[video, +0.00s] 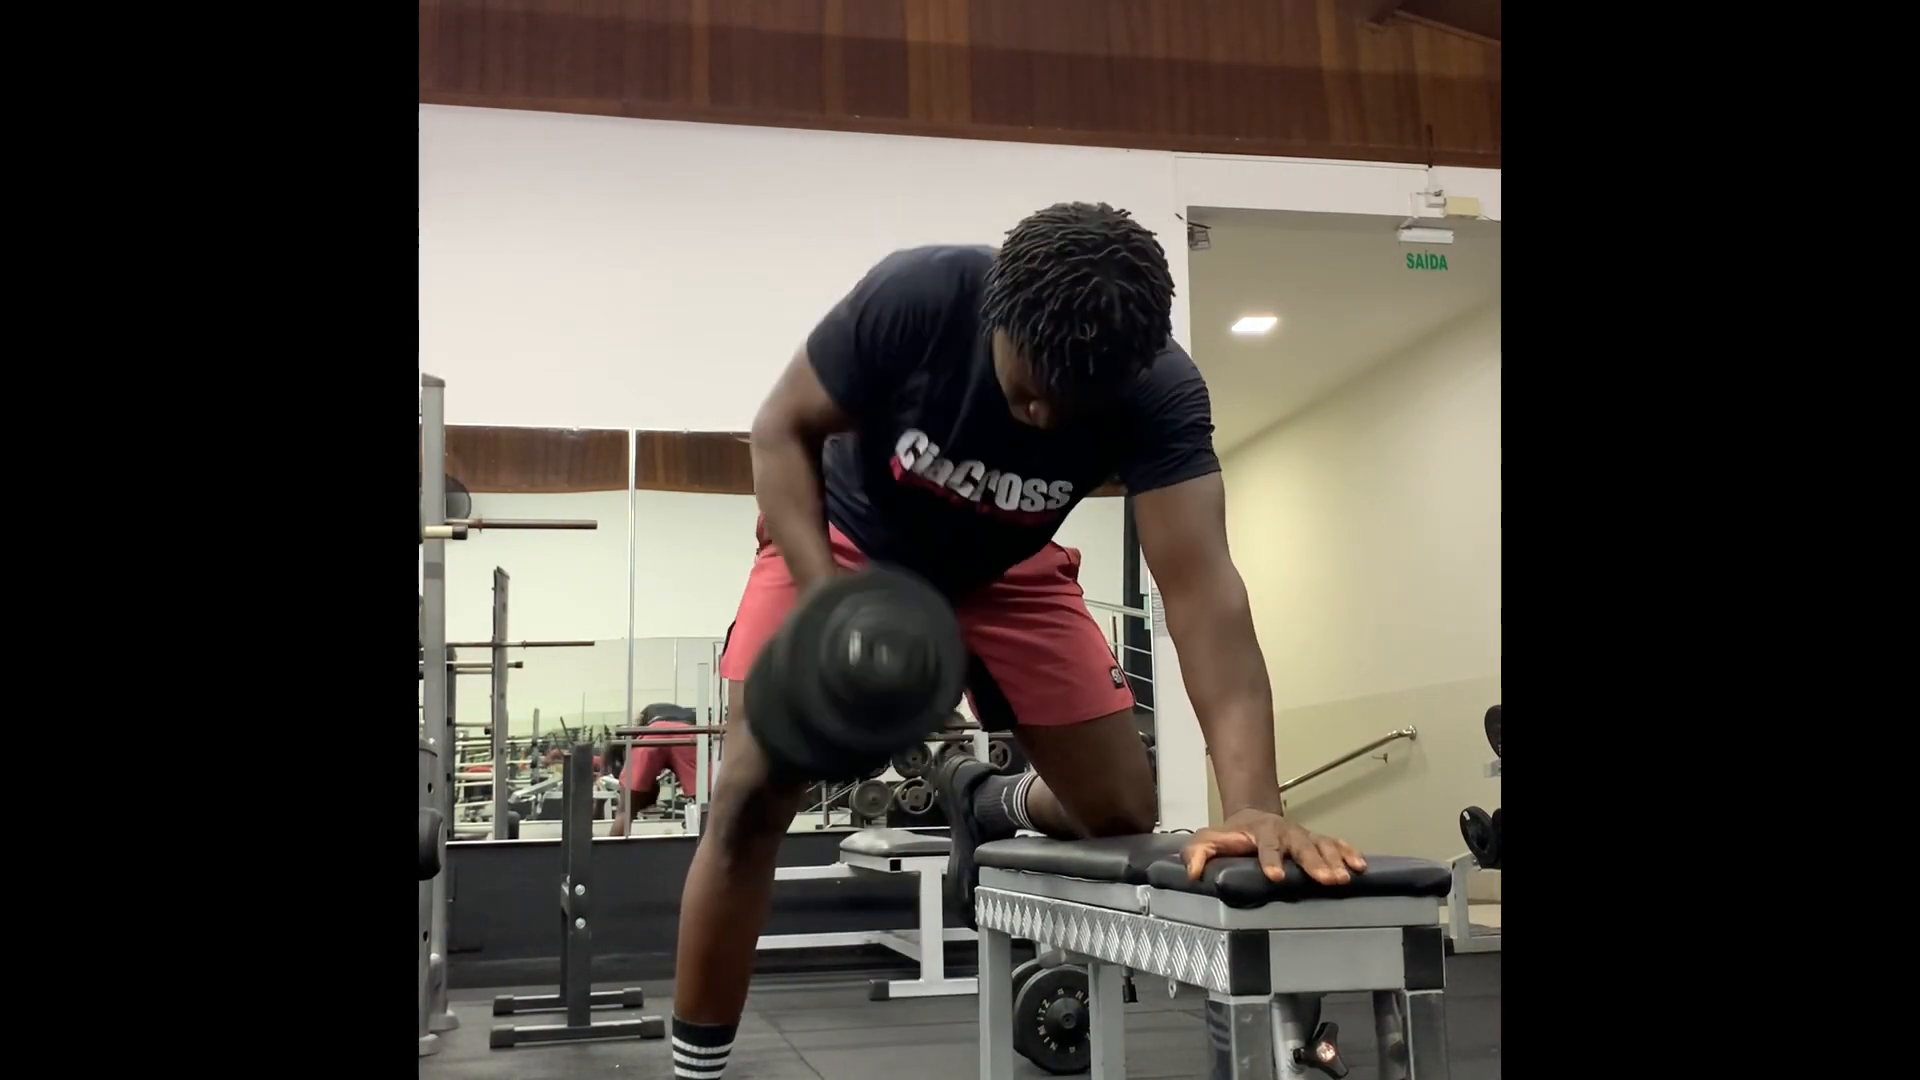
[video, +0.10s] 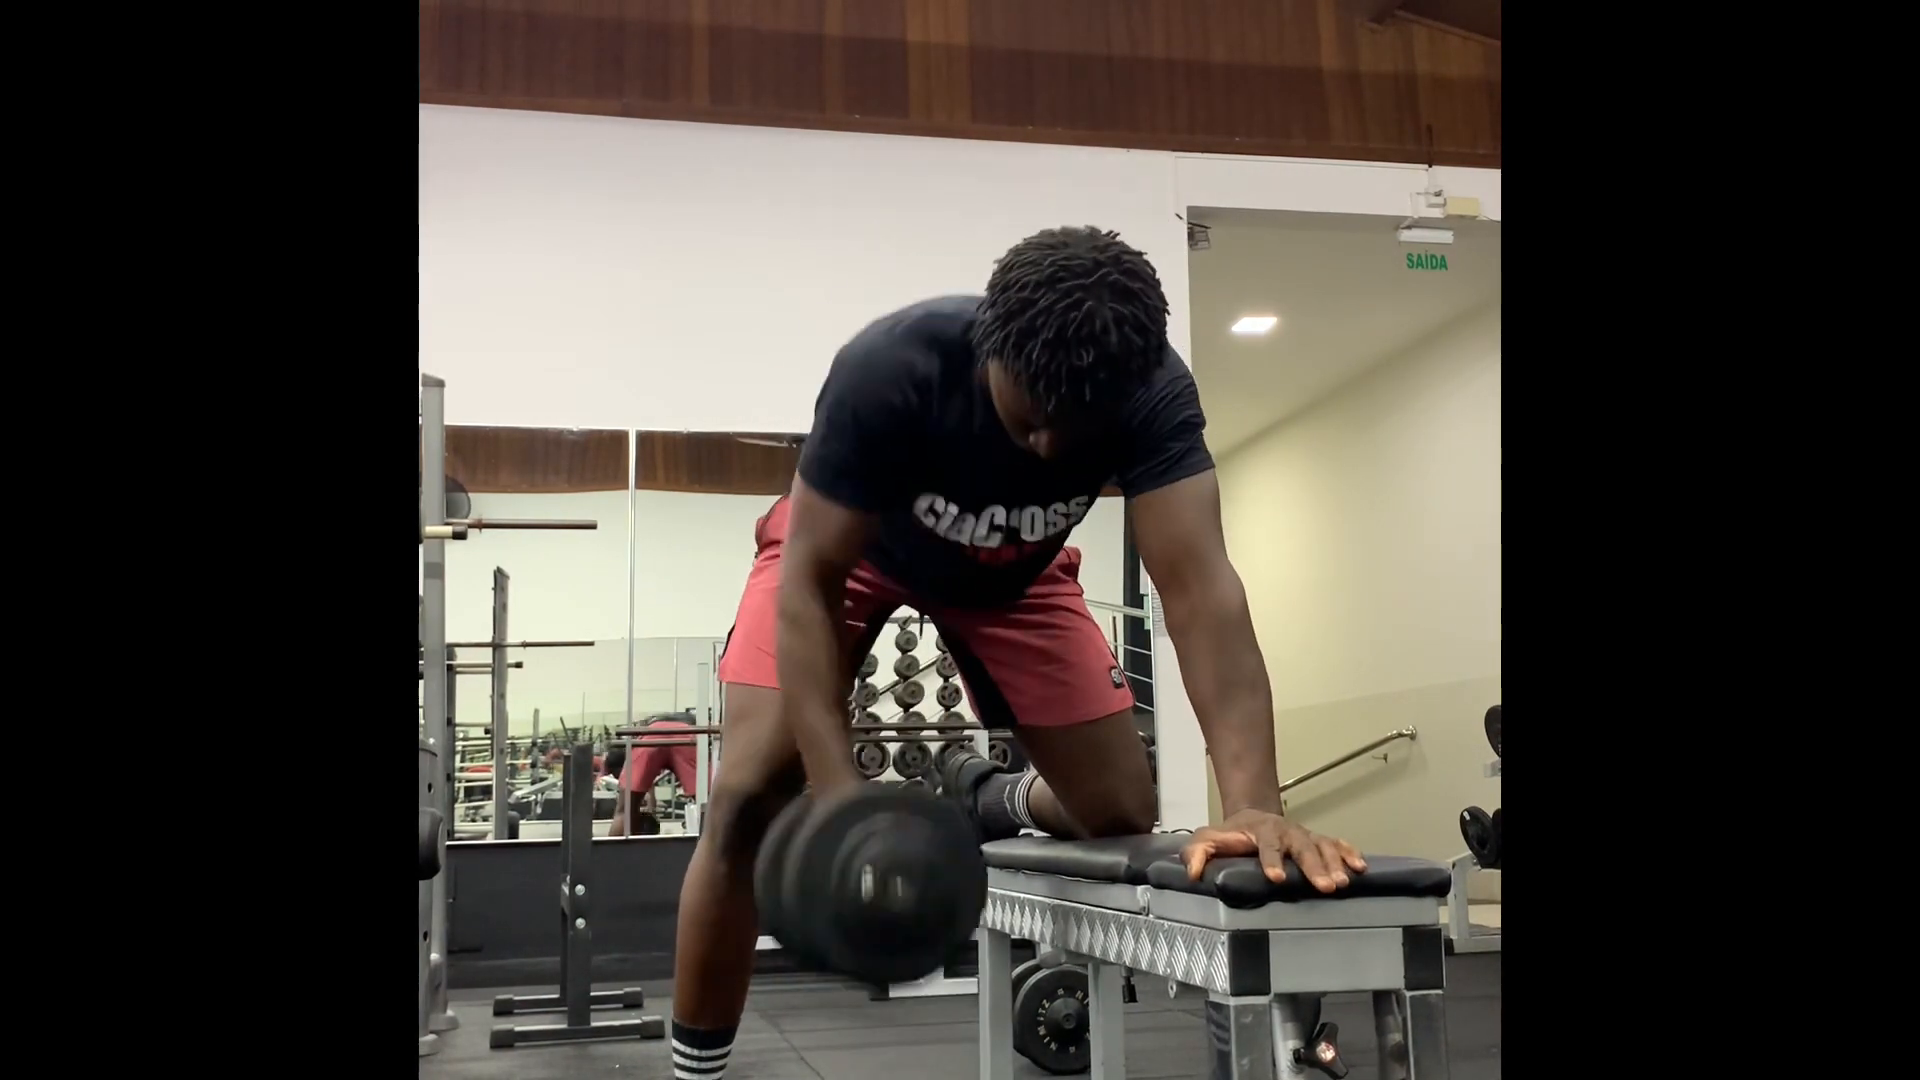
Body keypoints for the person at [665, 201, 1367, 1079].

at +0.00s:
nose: (1039, 416)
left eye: (1068, 405)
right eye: (1026, 388)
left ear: (1128, 360)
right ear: (1000, 319)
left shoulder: (1159, 393)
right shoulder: (915, 300)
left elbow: (1202, 586)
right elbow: (779, 430)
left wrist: (1255, 805)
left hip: (1013, 570)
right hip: (847, 542)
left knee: (1123, 814)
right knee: (748, 802)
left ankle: (992, 803)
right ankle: (697, 1070)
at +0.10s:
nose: (1043, 440)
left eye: (1071, 423)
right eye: (1026, 412)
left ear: (1123, 378)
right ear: (992, 351)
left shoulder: (1149, 393)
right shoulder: (890, 374)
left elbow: (1199, 582)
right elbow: (806, 580)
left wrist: (1256, 803)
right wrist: (841, 802)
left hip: (1018, 570)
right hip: (852, 546)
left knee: (1123, 813)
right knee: (751, 792)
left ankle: (985, 798)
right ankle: (696, 1075)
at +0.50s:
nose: (1071, 442)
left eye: (1099, 426)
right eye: (1053, 416)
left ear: (1152, 376)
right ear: (1018, 354)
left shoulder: (1189, 377)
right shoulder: (927, 381)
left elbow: (1222, 583)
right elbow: (867, 610)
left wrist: (1256, 807)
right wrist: (896, 847)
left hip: (1035, 561)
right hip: (866, 534)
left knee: (1121, 813)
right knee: (758, 795)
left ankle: (977, 803)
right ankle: (696, 1066)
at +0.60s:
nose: (1113, 387)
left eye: (1143, 366)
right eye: (1091, 356)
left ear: (1195, 325)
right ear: (1057, 290)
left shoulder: (1230, 356)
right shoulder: (970, 305)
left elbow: (1241, 565)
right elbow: (879, 481)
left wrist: (1257, 805)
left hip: (1079, 560)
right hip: (915, 521)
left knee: (1124, 821)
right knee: (801, 783)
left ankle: (971, 799)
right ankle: (699, 1060)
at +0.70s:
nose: (1124, 385)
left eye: (1153, 363)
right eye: (1102, 356)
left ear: (1201, 320)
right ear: (1068, 293)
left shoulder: (1249, 345)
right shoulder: (988, 314)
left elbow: (1258, 560)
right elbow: (935, 494)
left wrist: (1259, 803)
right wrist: (1028, 655)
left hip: (1115, 566)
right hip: (955, 529)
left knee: (1129, 828)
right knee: (841, 788)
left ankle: (977, 806)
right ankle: (728, 1061)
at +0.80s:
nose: (1138, 418)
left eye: (1165, 395)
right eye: (1115, 392)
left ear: (1211, 348)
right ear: (1076, 340)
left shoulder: (1259, 349)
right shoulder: (995, 365)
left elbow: (1268, 572)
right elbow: (984, 552)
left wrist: (1262, 805)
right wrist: (1101, 700)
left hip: (1143, 566)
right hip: (993, 539)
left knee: (1137, 793)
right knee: (872, 792)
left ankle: (984, 809)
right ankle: (751, 1061)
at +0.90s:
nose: (1123, 419)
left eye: (1150, 395)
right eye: (1100, 394)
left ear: (1196, 348)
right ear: (1063, 340)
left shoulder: (1252, 347)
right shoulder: (997, 367)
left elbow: (1262, 570)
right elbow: (1012, 556)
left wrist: (1260, 804)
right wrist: (1140, 716)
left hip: (1160, 569)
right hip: (1011, 539)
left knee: (1136, 808)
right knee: (904, 780)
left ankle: (990, 807)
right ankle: (814, 1058)